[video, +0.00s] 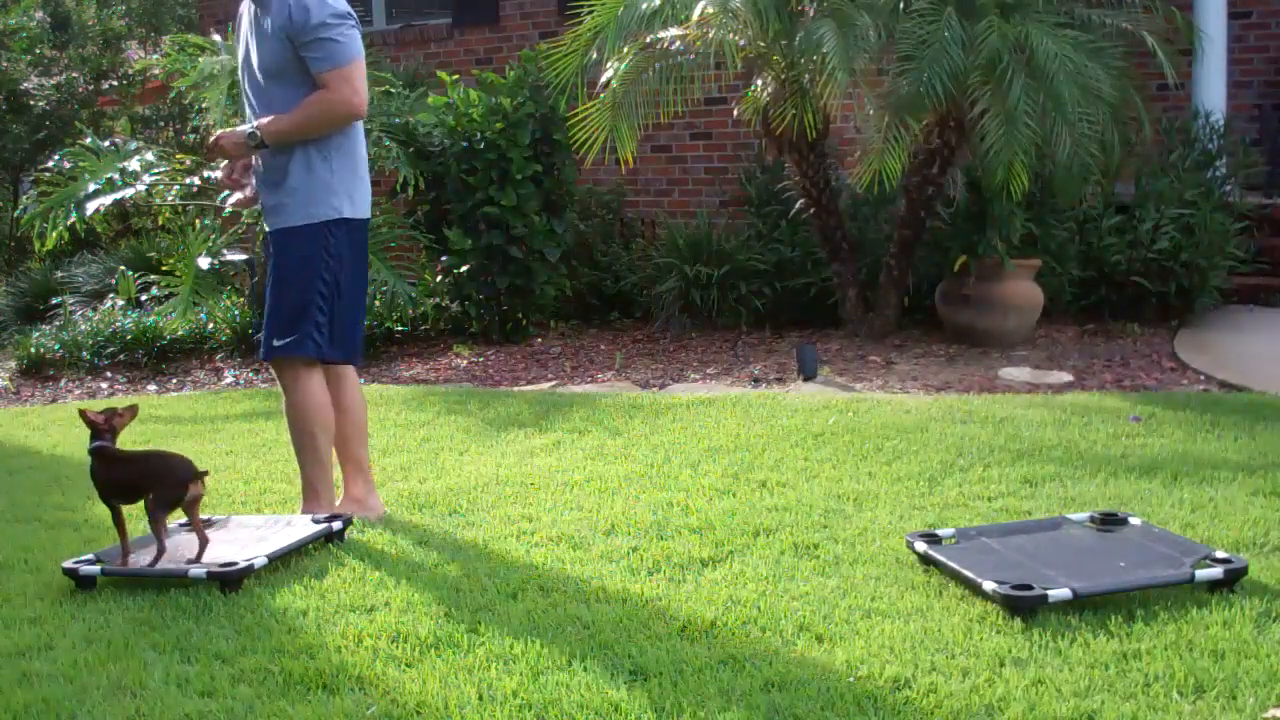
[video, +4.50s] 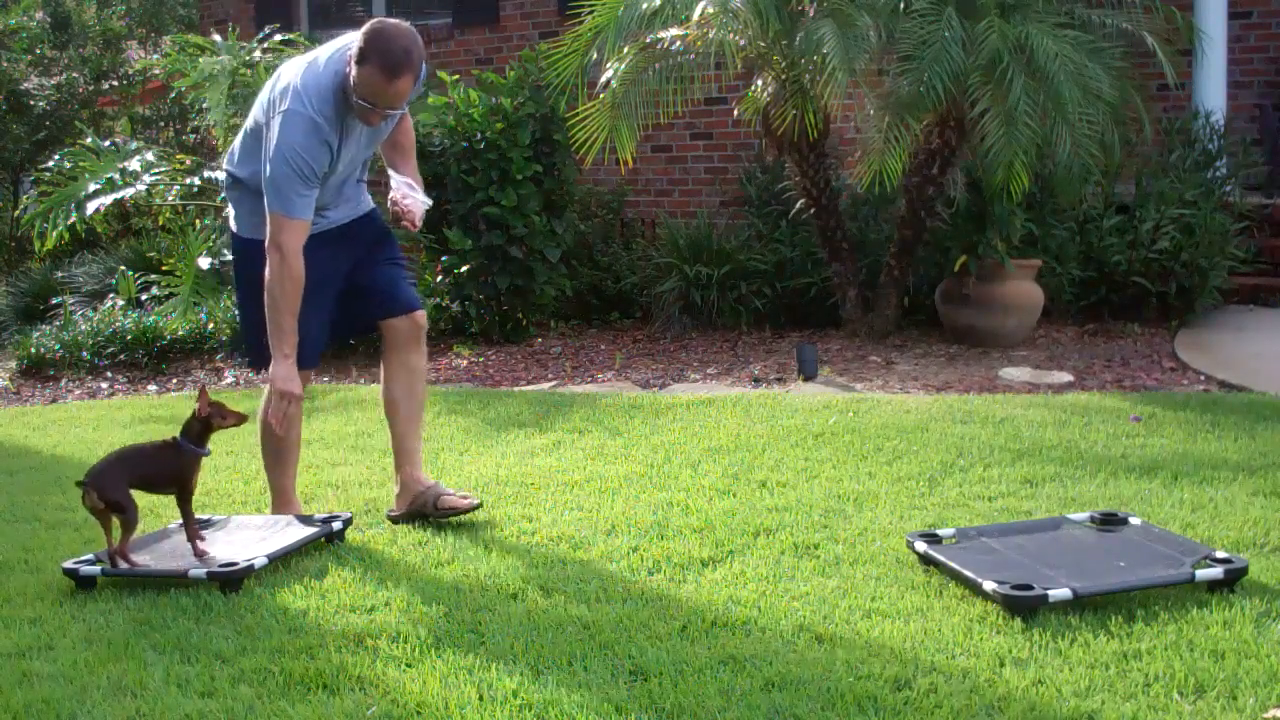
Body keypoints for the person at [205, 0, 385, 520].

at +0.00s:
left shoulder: (307, 2)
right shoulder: (257, 10)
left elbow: (349, 98)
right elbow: (303, 105)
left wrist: (254, 135)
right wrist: (261, 166)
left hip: (317, 205)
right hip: (310, 204)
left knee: (293, 354)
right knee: (334, 355)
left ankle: (319, 511)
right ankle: (361, 498)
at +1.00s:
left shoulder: (386, 7)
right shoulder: (296, 9)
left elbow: (412, 108)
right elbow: (300, 79)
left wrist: (325, 163)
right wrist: (278, 105)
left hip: (375, 208)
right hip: (312, 209)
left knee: (385, 353)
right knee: (320, 352)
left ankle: (402, 494)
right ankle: (358, 493)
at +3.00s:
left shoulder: (398, 6)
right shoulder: (304, 8)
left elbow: (432, 105)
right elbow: (304, 85)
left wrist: (338, 146)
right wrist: (288, 116)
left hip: (387, 205)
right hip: (319, 206)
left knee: (400, 351)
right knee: (320, 351)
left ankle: (404, 495)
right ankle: (358, 492)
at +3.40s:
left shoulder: (400, 8)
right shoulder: (264, 13)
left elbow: (441, 101)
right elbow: (247, 99)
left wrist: (364, 149)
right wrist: (232, 173)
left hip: (387, 206)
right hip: (305, 207)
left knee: (396, 356)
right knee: (300, 355)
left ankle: (405, 496)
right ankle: (287, 498)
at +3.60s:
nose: (291, 3)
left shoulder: (382, 14)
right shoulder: (240, 37)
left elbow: (416, 97)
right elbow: (213, 147)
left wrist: (380, 153)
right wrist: (227, 251)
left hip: (371, 217)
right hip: (289, 223)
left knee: (386, 359)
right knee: (293, 366)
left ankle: (402, 496)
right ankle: (286, 514)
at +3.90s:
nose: (320, 80)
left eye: (333, 67)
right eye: (308, 67)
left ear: (354, 40)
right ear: (288, 34)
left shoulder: (375, 49)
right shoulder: (252, 85)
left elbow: (373, 114)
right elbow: (234, 220)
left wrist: (369, 196)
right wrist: (236, 332)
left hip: (344, 223)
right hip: (271, 232)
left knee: (354, 352)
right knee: (278, 369)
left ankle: (345, 499)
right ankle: (285, 510)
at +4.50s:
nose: (380, 116)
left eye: (394, 107)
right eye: (368, 103)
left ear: (412, 77)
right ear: (351, 70)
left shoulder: (405, 62)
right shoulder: (301, 114)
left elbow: (396, 116)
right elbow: (283, 248)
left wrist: (409, 186)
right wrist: (283, 359)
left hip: (347, 210)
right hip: (275, 225)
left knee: (407, 321)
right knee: (288, 375)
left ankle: (411, 486)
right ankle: (285, 516)